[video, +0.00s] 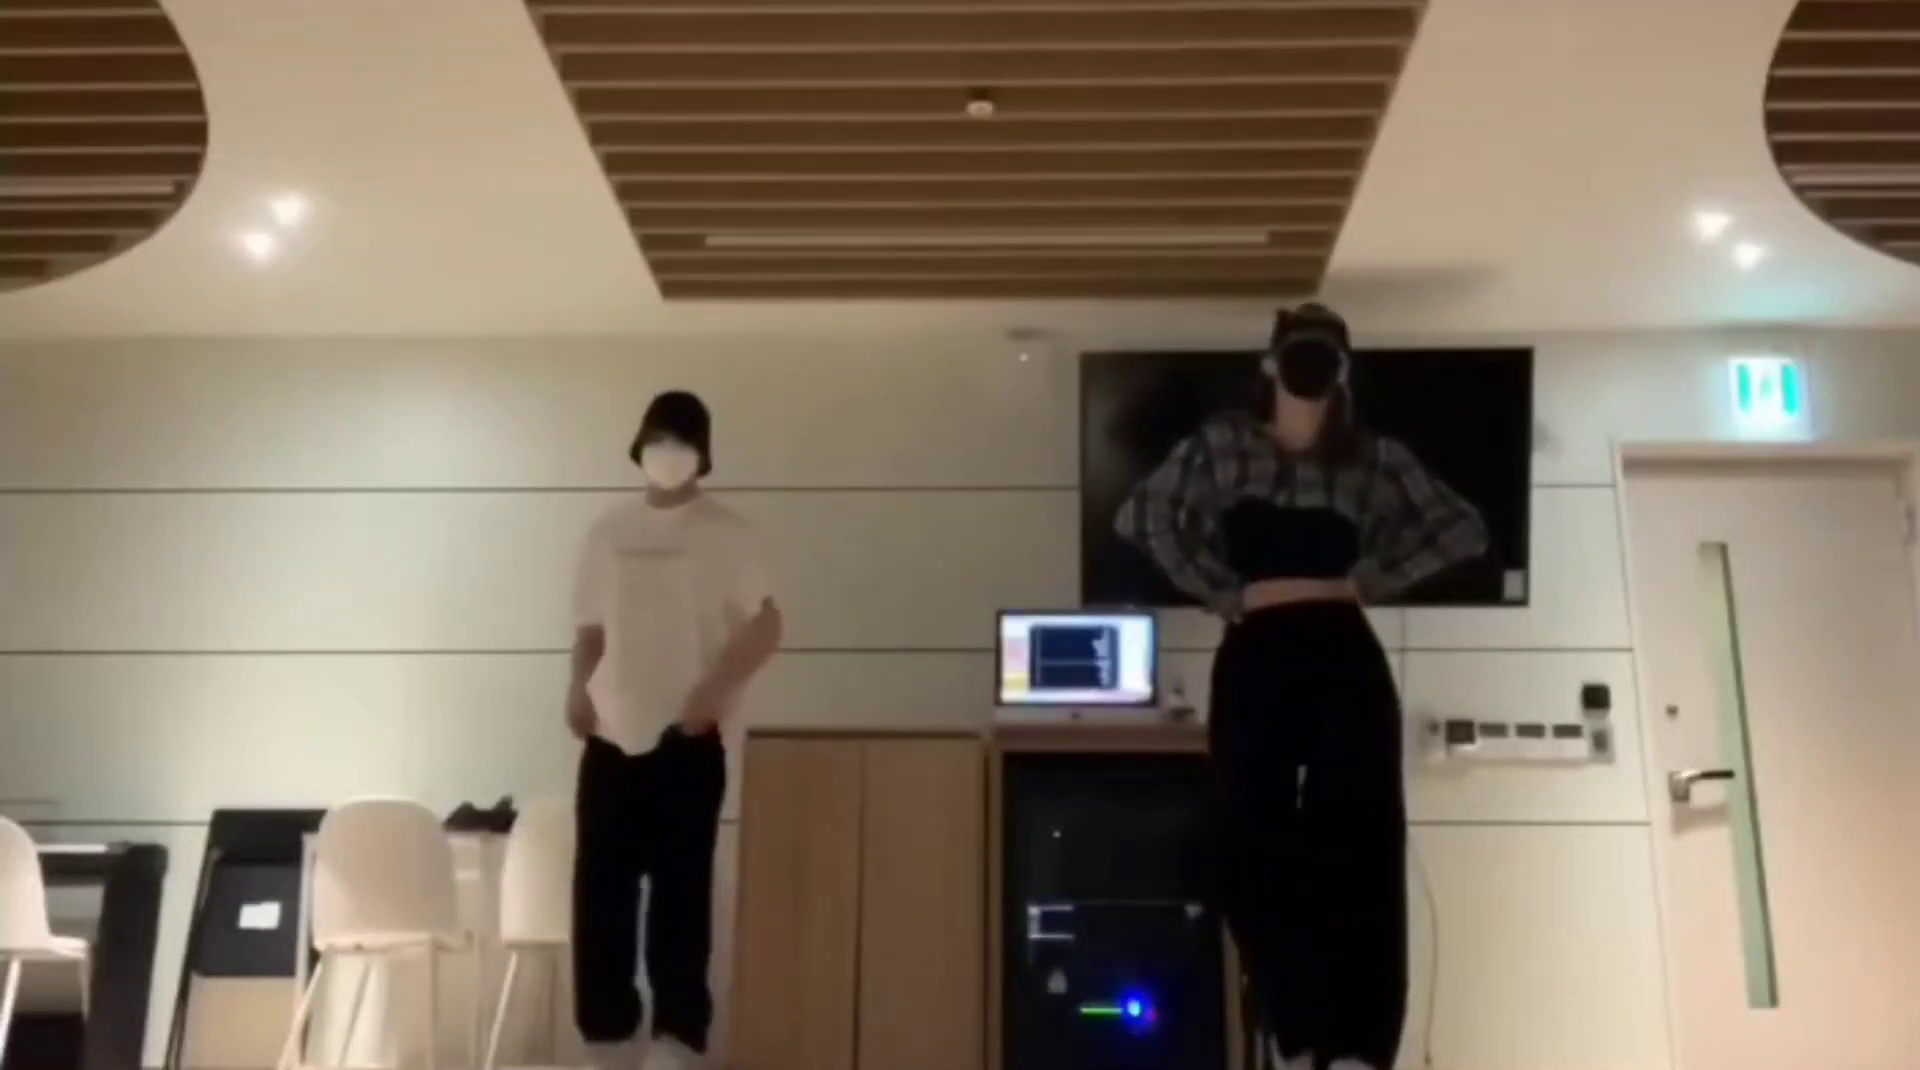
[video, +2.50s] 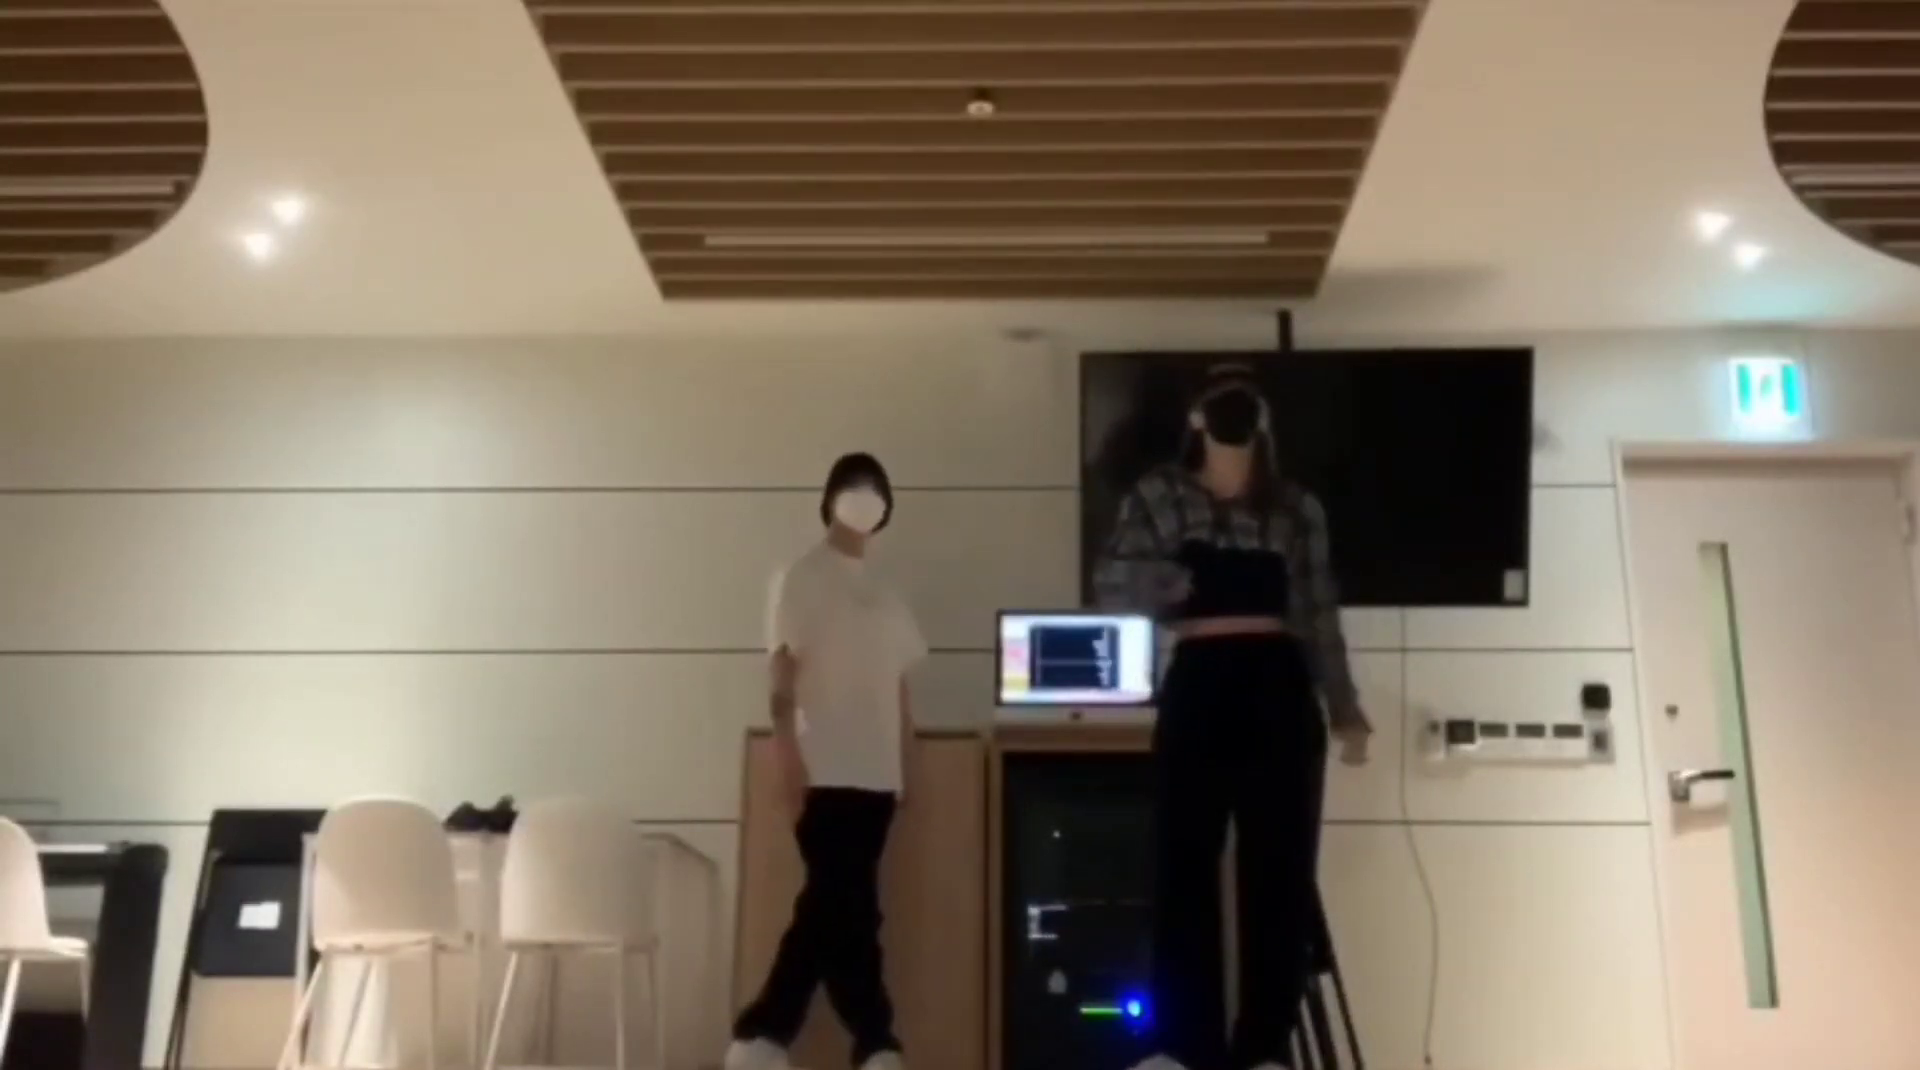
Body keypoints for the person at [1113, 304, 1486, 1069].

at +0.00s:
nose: (1310, 362)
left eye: (1323, 351)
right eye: (1299, 349)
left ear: (1342, 366)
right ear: (1272, 362)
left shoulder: (1373, 455)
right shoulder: (1224, 444)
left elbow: (1464, 530)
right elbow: (1144, 517)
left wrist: (1376, 578)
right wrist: (1218, 591)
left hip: (1345, 657)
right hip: (1257, 659)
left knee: (1359, 840)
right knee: (1257, 843)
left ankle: (1358, 1041)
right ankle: (1293, 1040)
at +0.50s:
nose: (1239, 358)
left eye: (1253, 345)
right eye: (1225, 344)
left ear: (1276, 362)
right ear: (1200, 361)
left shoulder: (1316, 449)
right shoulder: (1167, 451)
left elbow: (1406, 512)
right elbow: (1097, 523)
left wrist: (1322, 572)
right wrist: (1170, 587)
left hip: (1290, 654)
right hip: (1203, 657)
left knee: (1315, 847)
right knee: (1195, 851)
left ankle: (1346, 1046)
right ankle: (1189, 1045)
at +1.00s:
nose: (1189, 368)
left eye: (1199, 356)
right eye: (1174, 358)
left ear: (1221, 376)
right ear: (1150, 379)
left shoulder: (1264, 464)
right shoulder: (1116, 465)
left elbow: (1352, 530)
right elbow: (1049, 538)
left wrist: (1277, 586)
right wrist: (1126, 595)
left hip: (1248, 670)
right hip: (1162, 674)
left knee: (1283, 854)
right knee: (1168, 860)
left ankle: (1321, 1047)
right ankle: (1184, 1046)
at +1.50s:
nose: (1206, 387)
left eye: (1219, 376)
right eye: (1192, 376)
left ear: (1241, 392)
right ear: (1167, 393)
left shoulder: (1280, 474)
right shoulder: (1138, 477)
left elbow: (1365, 537)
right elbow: (1065, 544)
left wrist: (1288, 595)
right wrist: (1144, 596)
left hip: (1256, 674)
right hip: (1177, 675)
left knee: (1259, 847)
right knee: (1175, 847)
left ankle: (1253, 1032)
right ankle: (1187, 1034)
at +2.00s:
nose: (1227, 426)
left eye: (1230, 414)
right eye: (1221, 415)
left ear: (1197, 422)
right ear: (1222, 425)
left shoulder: (1296, 496)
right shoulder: (1155, 490)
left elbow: (1373, 561)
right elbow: (1091, 562)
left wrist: (1299, 610)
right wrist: (1160, 619)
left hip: (1273, 685)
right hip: (1191, 687)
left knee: (1275, 865)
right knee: (1183, 863)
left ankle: (1266, 1042)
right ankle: (1191, 1041)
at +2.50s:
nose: (1234, 415)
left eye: (1246, 405)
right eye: (1219, 405)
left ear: (1265, 423)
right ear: (1194, 421)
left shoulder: (1296, 509)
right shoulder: (1158, 499)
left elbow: (1319, 615)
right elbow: (1111, 582)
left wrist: (1344, 704)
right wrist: (1163, 584)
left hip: (1282, 696)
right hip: (1198, 693)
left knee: (1278, 874)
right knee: (1187, 869)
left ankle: (1267, 1041)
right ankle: (1191, 1040)